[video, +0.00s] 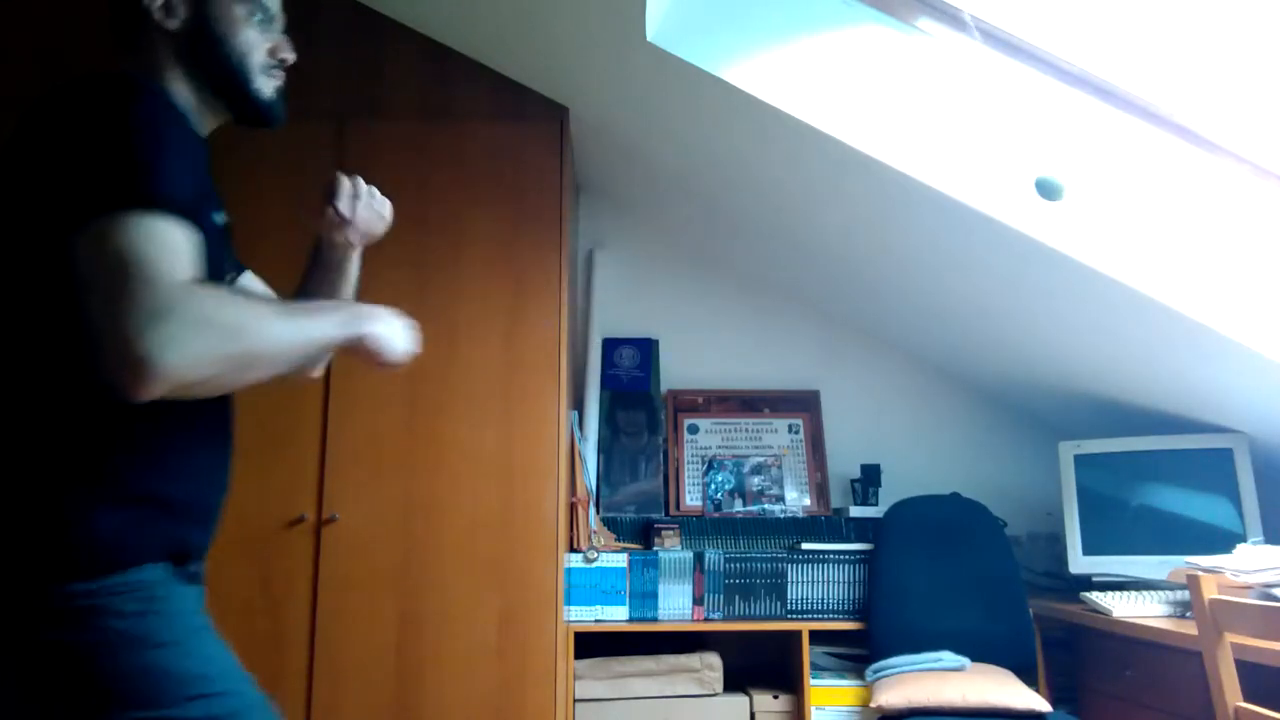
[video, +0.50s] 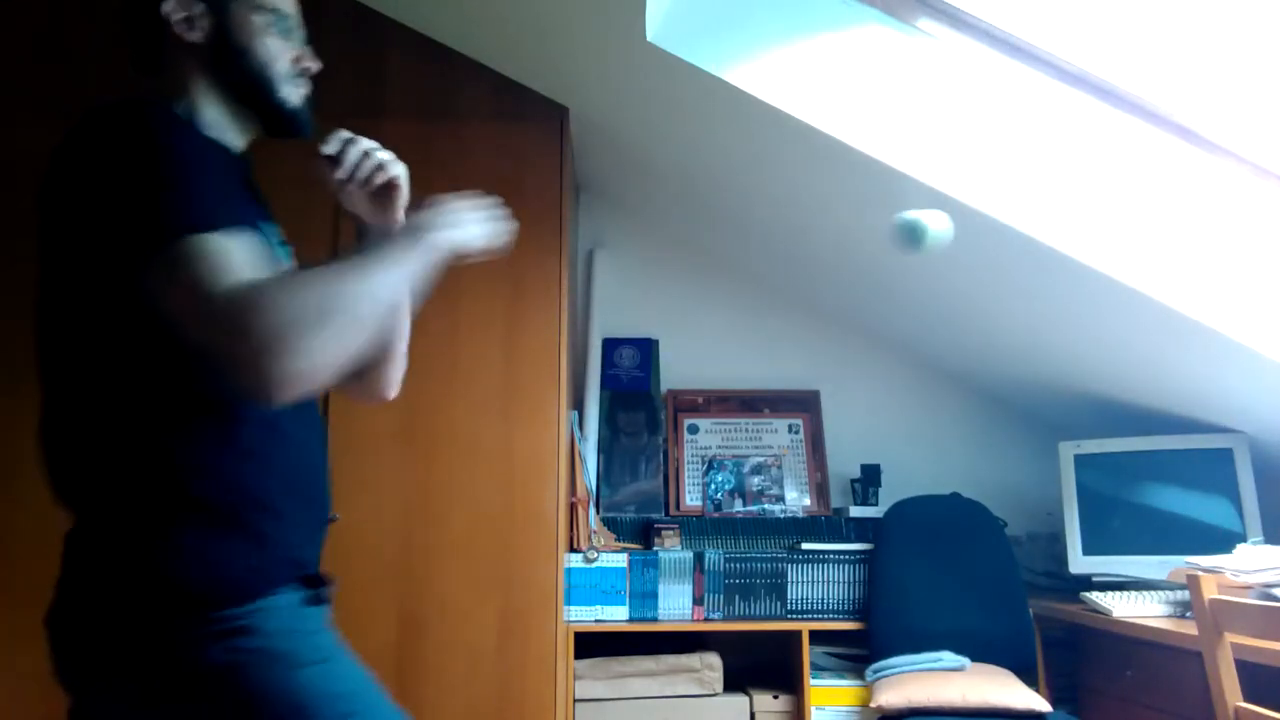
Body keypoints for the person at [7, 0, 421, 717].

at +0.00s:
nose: (287, 50)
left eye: (283, 26)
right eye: (260, 17)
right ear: (171, 10)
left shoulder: (165, 146)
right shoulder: (132, 123)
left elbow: (299, 353)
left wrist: (340, 246)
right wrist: (355, 319)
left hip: (138, 574)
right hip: (105, 579)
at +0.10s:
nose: (268, 60)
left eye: (265, 40)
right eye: (241, 28)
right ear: (149, 21)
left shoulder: (177, 206)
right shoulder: (86, 144)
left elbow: (317, 367)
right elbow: (93, 366)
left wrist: (351, 266)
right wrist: (291, 304)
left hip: (132, 612)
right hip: (82, 616)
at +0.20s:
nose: (262, 53)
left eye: (259, 33)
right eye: (234, 21)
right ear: (141, 14)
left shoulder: (194, 212)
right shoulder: (66, 140)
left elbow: (313, 384)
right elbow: (58, 364)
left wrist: (344, 251)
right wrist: (271, 275)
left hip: (163, 606)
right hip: (97, 611)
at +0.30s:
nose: (263, 47)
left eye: (259, 25)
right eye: (235, 14)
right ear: (141, 10)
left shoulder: (205, 205)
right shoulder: (66, 132)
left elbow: (328, 385)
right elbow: (57, 356)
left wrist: (341, 237)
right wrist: (271, 253)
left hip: (193, 599)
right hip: (125, 604)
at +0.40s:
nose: (277, 59)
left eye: (272, 38)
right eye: (246, 25)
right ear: (153, 20)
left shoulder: (212, 211)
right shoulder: (85, 151)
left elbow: (373, 368)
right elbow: (123, 366)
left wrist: (368, 223)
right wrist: (311, 247)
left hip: (216, 615)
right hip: (147, 621)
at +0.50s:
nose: (312, 58)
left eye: (304, 34)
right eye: (281, 25)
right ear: (190, 19)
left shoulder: (221, 177)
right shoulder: (151, 150)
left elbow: (376, 376)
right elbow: (270, 349)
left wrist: (380, 232)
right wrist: (431, 239)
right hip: (210, 610)